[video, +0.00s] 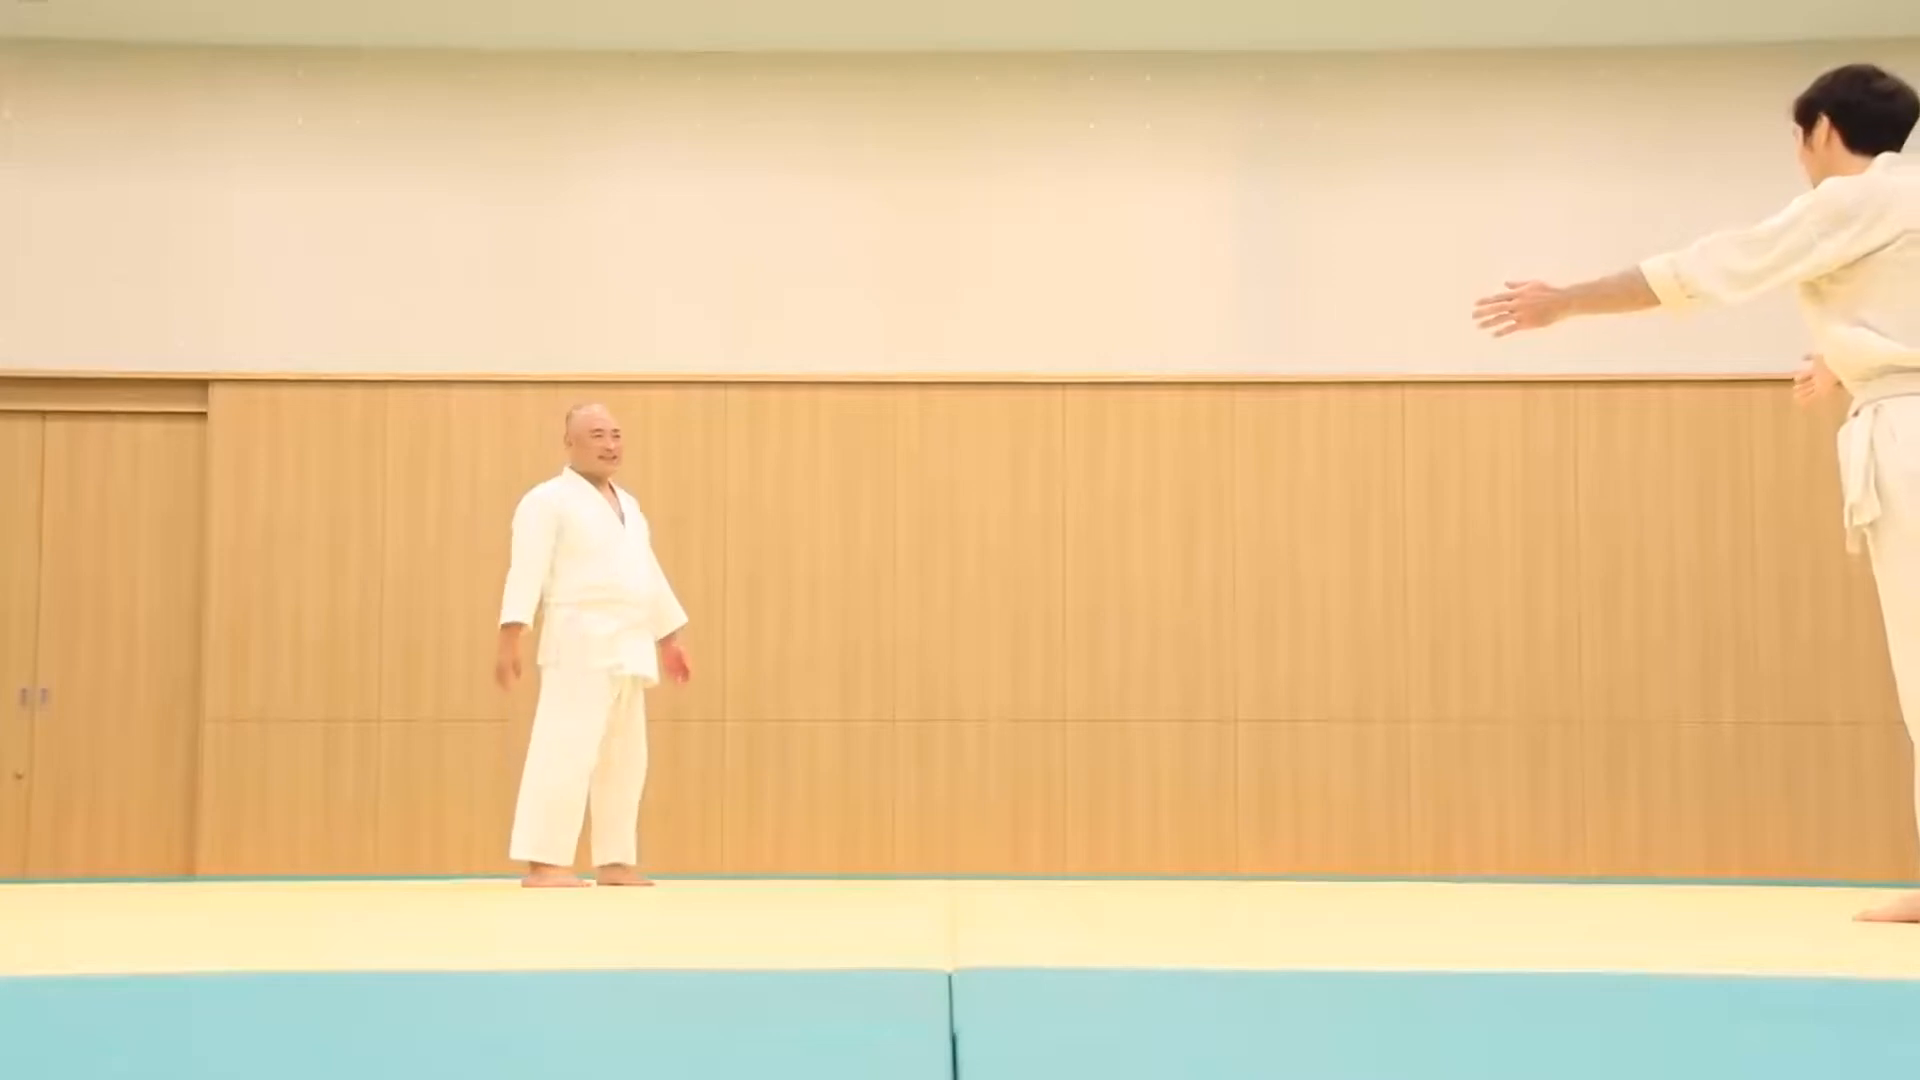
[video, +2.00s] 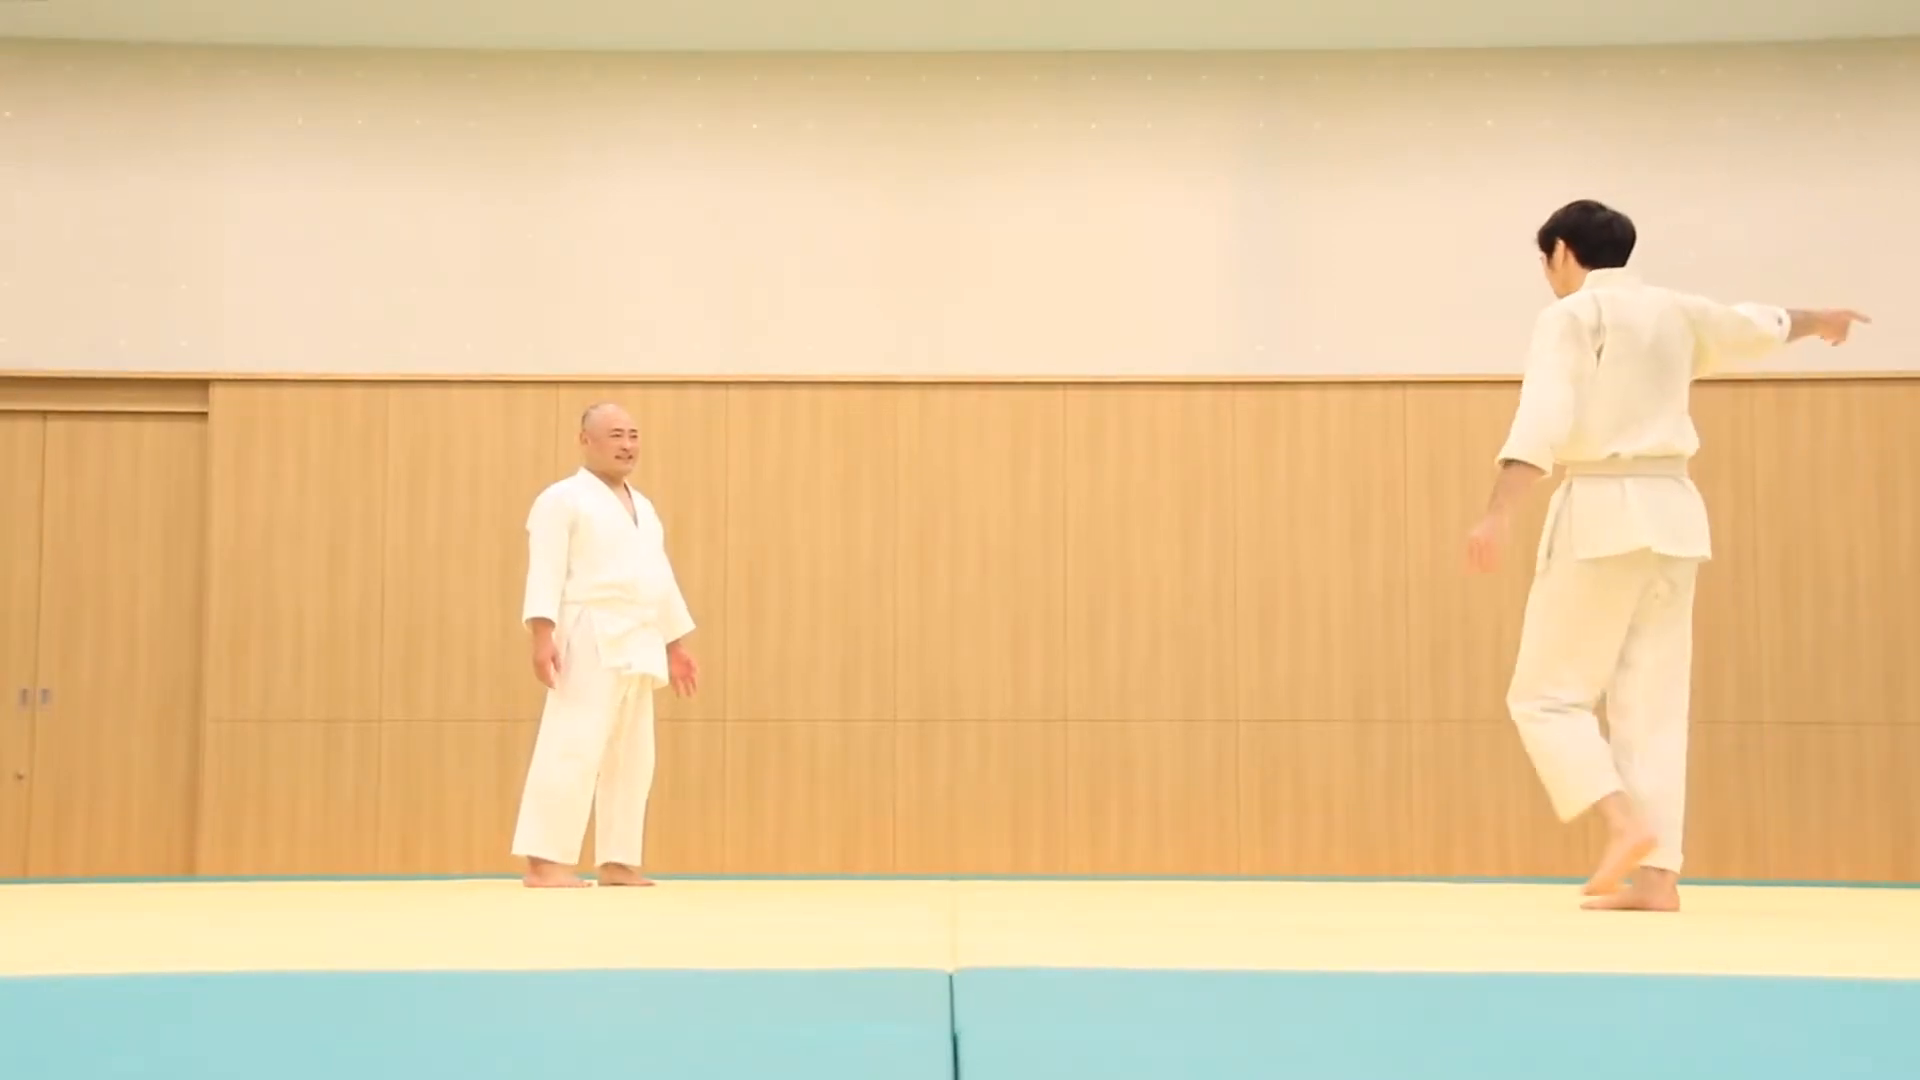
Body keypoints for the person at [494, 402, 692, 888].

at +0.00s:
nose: (610, 443)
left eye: (615, 435)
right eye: (597, 435)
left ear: (622, 443)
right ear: (569, 444)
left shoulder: (627, 505)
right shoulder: (546, 501)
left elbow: (649, 575)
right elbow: (526, 572)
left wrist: (669, 637)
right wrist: (511, 638)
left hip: (630, 651)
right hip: (576, 650)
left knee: (624, 756)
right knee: (565, 752)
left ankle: (615, 862)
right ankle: (546, 865)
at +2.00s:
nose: (627, 443)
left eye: (633, 435)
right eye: (615, 435)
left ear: (639, 443)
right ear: (585, 442)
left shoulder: (642, 507)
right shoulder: (561, 500)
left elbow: (659, 580)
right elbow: (545, 571)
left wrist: (674, 643)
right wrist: (542, 634)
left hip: (639, 648)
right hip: (586, 644)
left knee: (630, 755)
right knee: (570, 750)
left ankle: (618, 862)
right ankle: (545, 862)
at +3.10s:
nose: (609, 465)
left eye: (616, 456)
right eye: (598, 456)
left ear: (624, 463)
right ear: (573, 462)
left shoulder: (640, 516)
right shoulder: (541, 515)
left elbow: (675, 554)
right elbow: (517, 579)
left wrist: (701, 583)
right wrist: (501, 635)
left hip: (621, 650)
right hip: (559, 649)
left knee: (623, 756)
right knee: (559, 757)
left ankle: (616, 861)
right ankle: (562, 864)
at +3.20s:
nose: (603, 470)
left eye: (611, 462)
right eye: (592, 462)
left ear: (619, 468)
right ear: (567, 467)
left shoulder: (635, 514)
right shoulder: (536, 519)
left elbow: (679, 541)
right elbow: (513, 582)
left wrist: (671, 552)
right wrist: (498, 638)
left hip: (615, 650)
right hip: (555, 650)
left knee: (621, 756)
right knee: (557, 758)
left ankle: (615, 861)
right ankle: (561, 866)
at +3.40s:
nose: (597, 471)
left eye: (605, 462)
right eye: (586, 462)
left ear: (615, 467)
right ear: (563, 465)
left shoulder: (625, 511)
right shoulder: (532, 515)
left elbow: (657, 518)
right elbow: (507, 582)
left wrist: (612, 503)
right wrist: (490, 646)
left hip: (613, 647)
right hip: (553, 647)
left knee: (620, 754)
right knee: (555, 755)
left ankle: (610, 859)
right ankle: (562, 862)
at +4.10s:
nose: (601, 475)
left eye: (610, 466)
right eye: (590, 466)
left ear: (619, 470)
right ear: (568, 471)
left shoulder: (634, 512)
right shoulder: (541, 521)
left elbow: (683, 540)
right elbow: (522, 584)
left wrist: (650, 525)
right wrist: (512, 636)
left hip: (622, 651)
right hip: (565, 651)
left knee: (619, 758)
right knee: (562, 755)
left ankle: (610, 862)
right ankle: (564, 863)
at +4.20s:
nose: (599, 475)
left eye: (607, 465)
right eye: (587, 466)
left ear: (618, 468)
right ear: (568, 471)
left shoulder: (640, 515)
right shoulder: (542, 522)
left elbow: (689, 548)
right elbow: (522, 582)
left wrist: (673, 556)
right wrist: (512, 632)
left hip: (622, 651)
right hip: (564, 650)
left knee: (621, 759)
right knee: (561, 756)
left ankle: (612, 862)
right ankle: (564, 862)